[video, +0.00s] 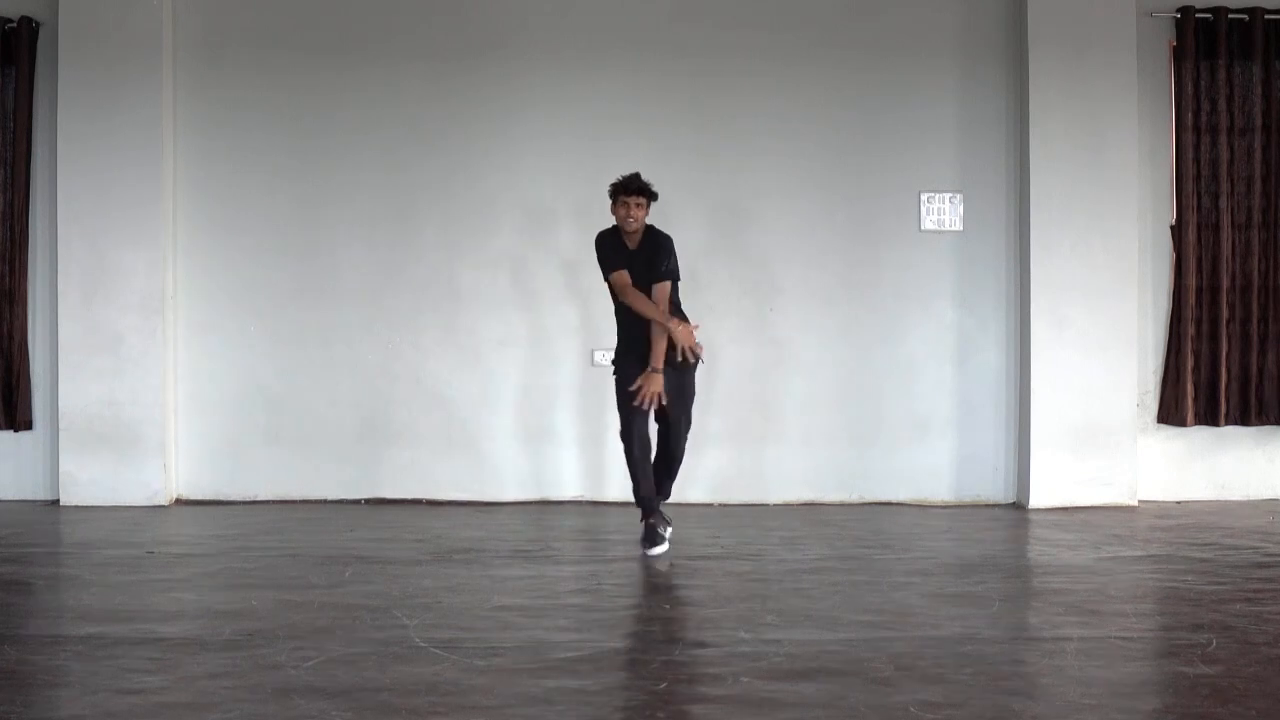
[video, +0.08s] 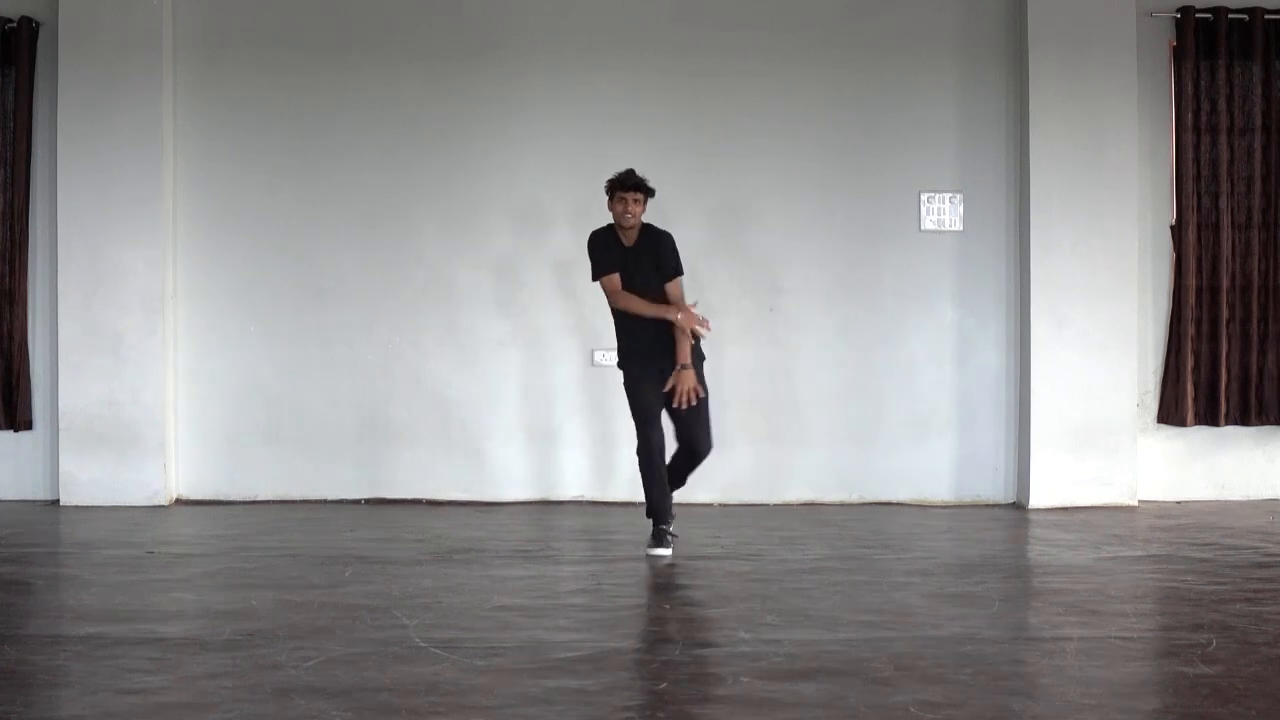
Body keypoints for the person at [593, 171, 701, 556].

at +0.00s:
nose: (631, 212)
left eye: (638, 206)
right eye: (624, 205)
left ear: (648, 209)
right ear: (613, 208)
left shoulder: (662, 244)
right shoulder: (606, 241)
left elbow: (662, 306)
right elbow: (626, 292)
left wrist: (656, 369)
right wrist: (674, 324)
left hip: (674, 346)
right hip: (632, 346)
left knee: (675, 437)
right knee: (633, 435)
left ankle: (653, 505)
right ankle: (652, 519)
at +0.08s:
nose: (629, 208)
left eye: (636, 202)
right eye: (621, 201)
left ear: (645, 206)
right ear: (609, 204)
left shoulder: (661, 241)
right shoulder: (600, 242)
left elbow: (678, 306)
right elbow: (616, 297)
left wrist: (686, 366)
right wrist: (674, 312)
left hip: (678, 353)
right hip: (637, 357)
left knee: (697, 445)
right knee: (650, 444)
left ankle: (658, 492)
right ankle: (661, 524)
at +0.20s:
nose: (636, 195)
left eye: (643, 189)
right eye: (629, 189)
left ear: (652, 194)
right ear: (617, 192)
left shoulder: (669, 230)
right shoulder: (602, 231)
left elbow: (708, 280)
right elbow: (584, 287)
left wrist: (715, 335)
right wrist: (635, 298)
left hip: (680, 341)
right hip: (637, 354)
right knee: (652, 439)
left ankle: (692, 448)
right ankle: (661, 526)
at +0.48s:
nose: (641, 205)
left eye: (649, 199)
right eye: (634, 198)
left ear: (660, 203)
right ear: (624, 202)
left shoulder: (679, 237)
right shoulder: (615, 251)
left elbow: (698, 296)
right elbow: (598, 312)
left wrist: (675, 349)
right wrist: (639, 307)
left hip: (677, 341)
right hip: (634, 344)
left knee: (646, 396)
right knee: (634, 432)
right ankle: (661, 523)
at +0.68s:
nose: (648, 253)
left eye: (655, 246)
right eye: (641, 244)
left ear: (663, 245)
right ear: (628, 242)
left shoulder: (678, 280)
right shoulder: (616, 285)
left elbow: (689, 345)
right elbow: (617, 343)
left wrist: (674, 402)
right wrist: (622, 367)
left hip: (679, 386)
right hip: (638, 386)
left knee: (643, 449)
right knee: (618, 463)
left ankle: (618, 528)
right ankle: (666, 522)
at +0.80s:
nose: (657, 286)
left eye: (664, 280)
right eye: (651, 278)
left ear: (671, 274)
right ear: (634, 267)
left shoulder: (683, 300)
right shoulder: (615, 305)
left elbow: (700, 361)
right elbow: (608, 363)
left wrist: (702, 418)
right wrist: (597, 400)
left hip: (683, 403)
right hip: (639, 402)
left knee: (678, 474)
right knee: (630, 479)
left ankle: (624, 537)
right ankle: (664, 521)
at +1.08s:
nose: (689, 350)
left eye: (695, 344)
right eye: (684, 342)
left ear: (702, 340)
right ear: (665, 328)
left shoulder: (703, 355)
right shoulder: (634, 356)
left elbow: (712, 417)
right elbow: (608, 409)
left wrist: (735, 472)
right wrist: (605, 472)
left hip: (705, 476)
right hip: (661, 478)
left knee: (730, 553)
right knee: (678, 554)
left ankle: (667, 542)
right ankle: (639, 544)